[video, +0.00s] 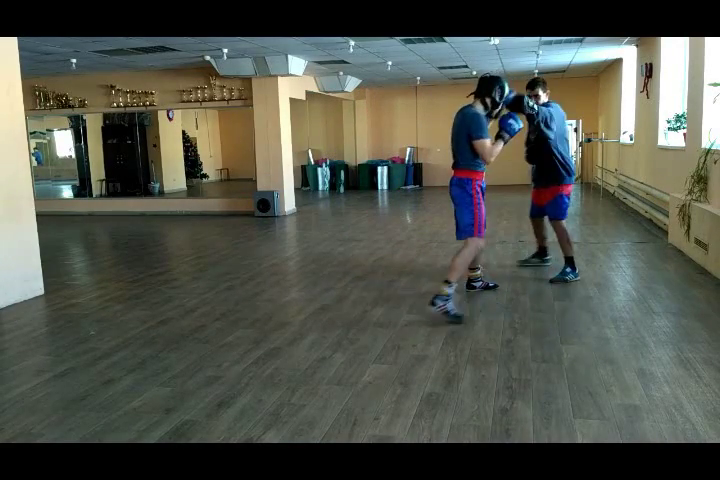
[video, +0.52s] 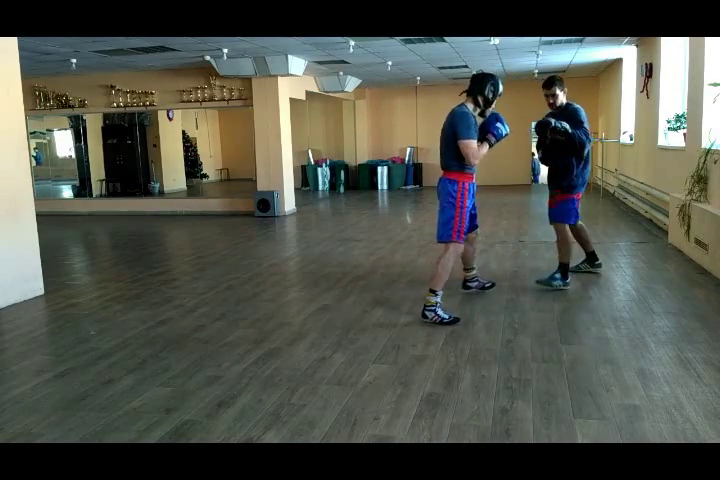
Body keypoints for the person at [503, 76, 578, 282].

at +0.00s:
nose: (533, 100)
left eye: (537, 96)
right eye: (530, 96)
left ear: (546, 94)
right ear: (528, 95)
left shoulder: (554, 110)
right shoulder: (535, 114)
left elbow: (538, 113)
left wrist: (514, 98)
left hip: (559, 174)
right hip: (541, 174)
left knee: (556, 220)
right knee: (536, 216)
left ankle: (570, 266)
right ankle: (542, 253)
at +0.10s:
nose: (537, 98)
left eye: (541, 94)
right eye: (534, 95)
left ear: (551, 92)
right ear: (531, 95)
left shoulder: (559, 107)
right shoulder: (542, 113)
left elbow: (553, 121)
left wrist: (533, 113)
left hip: (564, 174)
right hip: (548, 175)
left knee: (561, 221)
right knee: (544, 217)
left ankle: (572, 267)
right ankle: (564, 251)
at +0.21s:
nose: (538, 97)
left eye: (542, 93)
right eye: (535, 93)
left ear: (552, 90)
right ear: (534, 93)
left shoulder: (562, 107)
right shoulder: (544, 115)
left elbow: (563, 133)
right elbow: (539, 151)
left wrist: (540, 118)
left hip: (566, 175)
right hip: (552, 174)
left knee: (564, 221)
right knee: (550, 217)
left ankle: (572, 267)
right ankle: (580, 249)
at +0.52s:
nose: (550, 100)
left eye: (553, 95)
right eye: (546, 96)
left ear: (564, 93)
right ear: (544, 96)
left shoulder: (574, 111)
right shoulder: (549, 118)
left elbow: (584, 141)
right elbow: (544, 156)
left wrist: (559, 126)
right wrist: (543, 135)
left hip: (570, 177)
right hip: (559, 176)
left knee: (559, 221)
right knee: (572, 220)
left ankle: (563, 274)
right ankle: (592, 258)